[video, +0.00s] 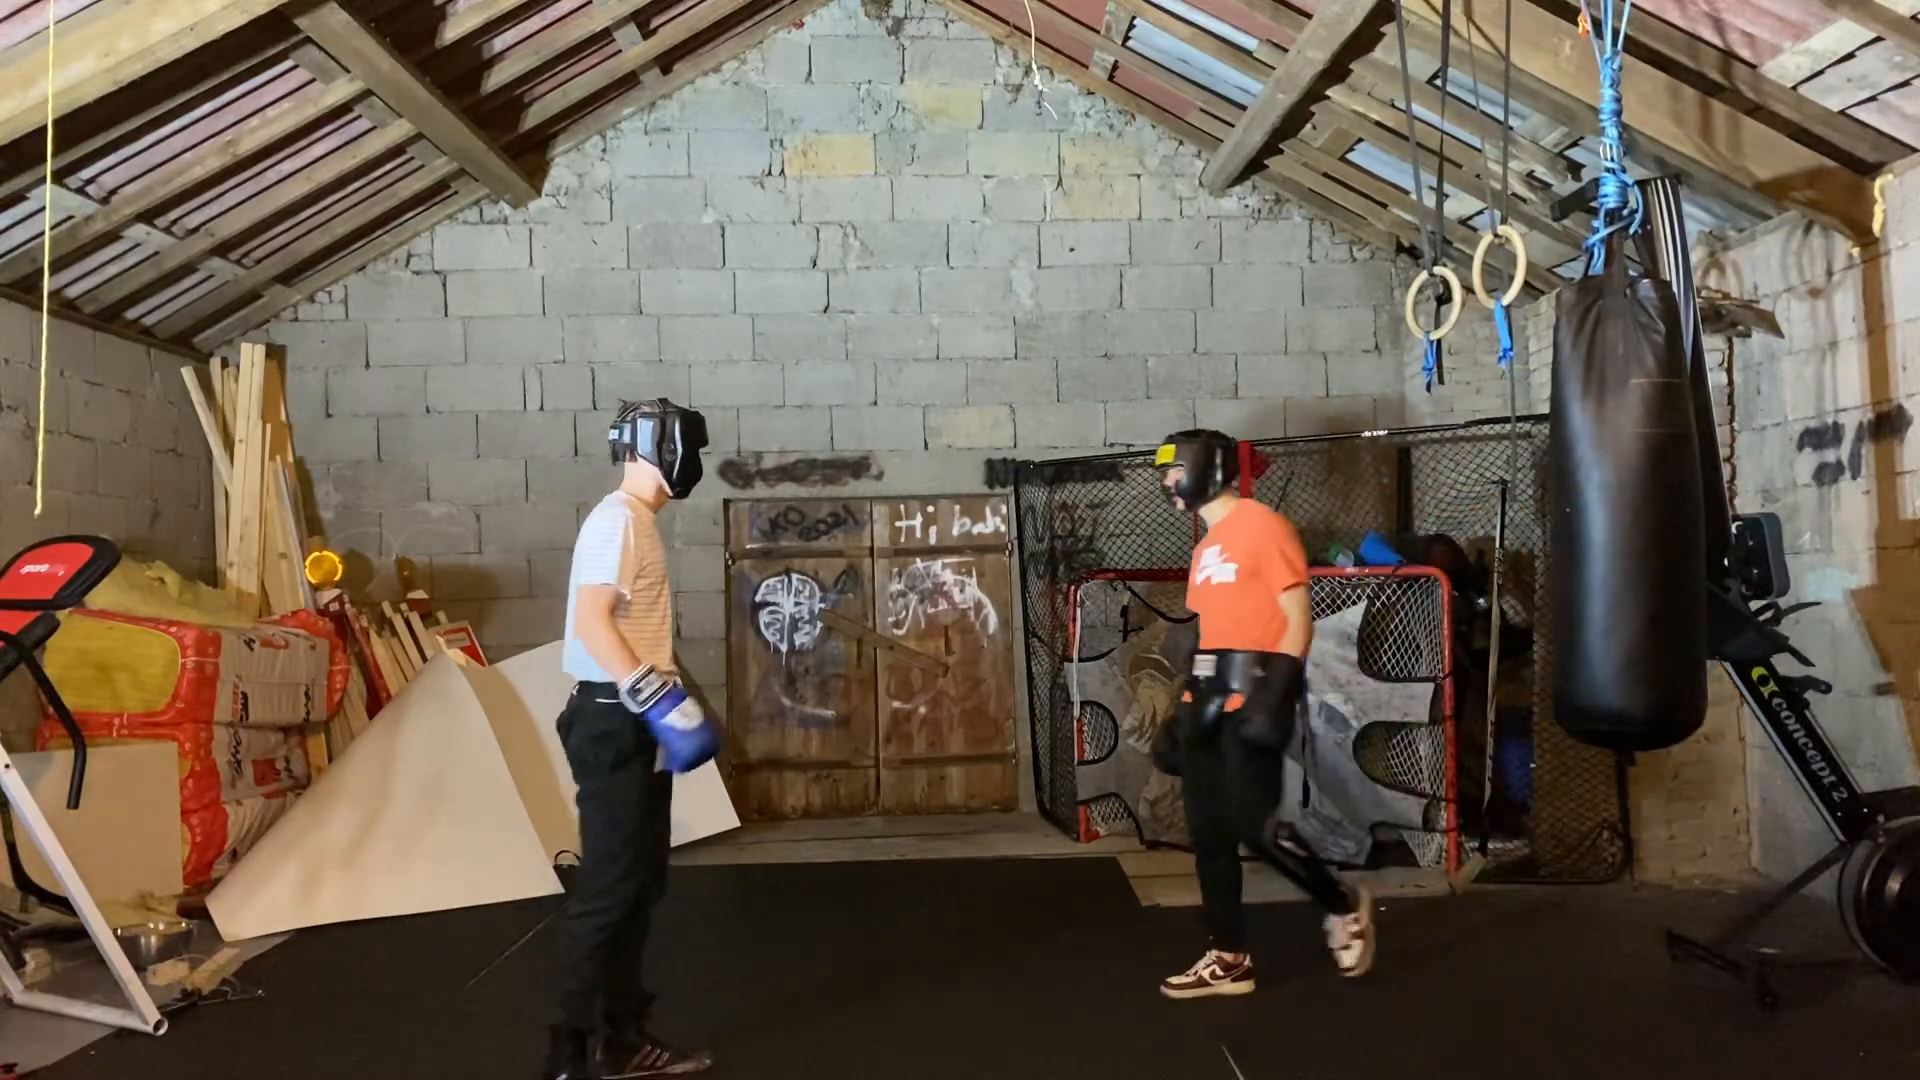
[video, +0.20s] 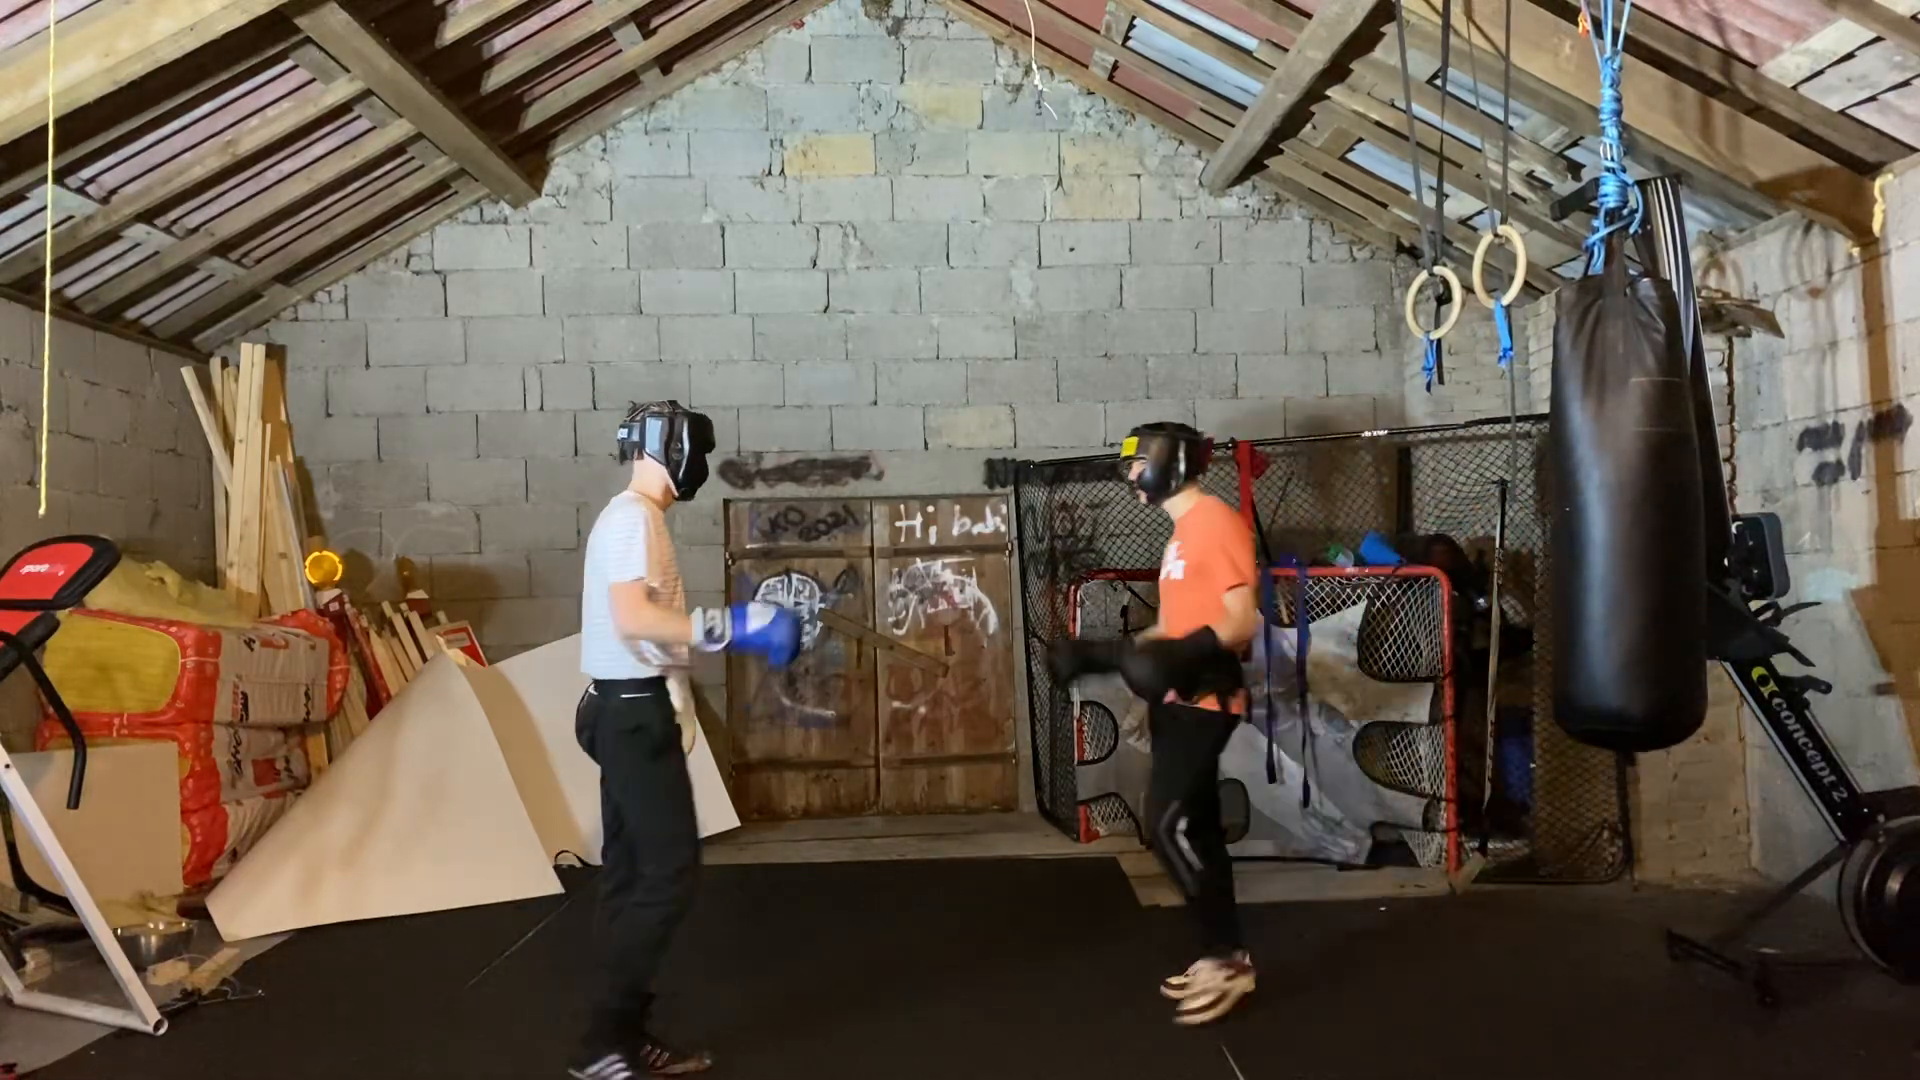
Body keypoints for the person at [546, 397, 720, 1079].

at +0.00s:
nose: (694, 466)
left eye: (693, 452)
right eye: (686, 452)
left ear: (643, 450)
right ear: (654, 450)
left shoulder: (637, 522)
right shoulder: (616, 520)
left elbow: (628, 622)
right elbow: (592, 617)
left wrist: (672, 702)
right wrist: (660, 698)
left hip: (635, 714)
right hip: (609, 715)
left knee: (640, 879)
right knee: (611, 883)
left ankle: (623, 1042)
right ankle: (571, 1055)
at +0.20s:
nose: (700, 468)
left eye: (699, 454)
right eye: (694, 453)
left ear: (646, 448)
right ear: (666, 449)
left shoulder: (643, 520)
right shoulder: (630, 519)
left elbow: (655, 627)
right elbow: (631, 618)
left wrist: (731, 633)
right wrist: (724, 624)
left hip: (632, 708)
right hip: (631, 713)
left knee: (630, 872)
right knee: (668, 871)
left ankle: (625, 1038)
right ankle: (607, 1048)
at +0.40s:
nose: (716, 477)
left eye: (716, 463)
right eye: (712, 462)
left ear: (662, 452)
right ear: (691, 455)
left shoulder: (638, 518)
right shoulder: (657, 519)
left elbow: (677, 610)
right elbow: (677, 609)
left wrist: (754, 592)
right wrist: (765, 582)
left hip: (628, 708)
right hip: (658, 711)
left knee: (641, 874)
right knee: (713, 868)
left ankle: (624, 1043)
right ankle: (710, 1045)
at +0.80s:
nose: (802, 488)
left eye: (803, 474)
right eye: (800, 473)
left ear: (747, 461)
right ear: (780, 467)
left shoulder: (715, 524)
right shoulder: (740, 528)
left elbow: (765, 602)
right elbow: (733, 624)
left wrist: (838, 578)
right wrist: (811, 609)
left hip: (701, 712)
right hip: (740, 715)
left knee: (688, 874)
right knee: (774, 867)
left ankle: (631, 1028)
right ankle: (793, 1017)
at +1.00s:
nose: (854, 499)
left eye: (855, 486)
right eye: (852, 486)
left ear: (801, 475)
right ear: (832, 485)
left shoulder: (774, 529)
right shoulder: (782, 543)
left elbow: (786, 612)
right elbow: (745, 633)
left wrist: (842, 594)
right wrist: (827, 644)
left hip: (761, 707)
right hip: (782, 713)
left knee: (784, 856)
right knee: (812, 860)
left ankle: (682, 978)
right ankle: (796, 1019)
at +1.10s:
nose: (868, 493)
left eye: (869, 480)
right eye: (866, 480)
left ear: (814, 469)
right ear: (847, 478)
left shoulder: (781, 523)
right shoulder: (804, 538)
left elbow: (804, 603)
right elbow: (775, 630)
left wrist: (857, 577)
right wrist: (855, 637)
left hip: (777, 699)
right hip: (800, 705)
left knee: (818, 844)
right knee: (827, 852)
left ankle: (735, 963)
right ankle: (795, 1019)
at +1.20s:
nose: (878, 483)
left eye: (877, 472)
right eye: (877, 472)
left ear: (823, 462)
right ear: (862, 472)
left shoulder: (794, 519)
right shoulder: (831, 531)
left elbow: (814, 597)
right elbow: (814, 619)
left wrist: (871, 559)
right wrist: (889, 619)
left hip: (794, 690)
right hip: (819, 697)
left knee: (850, 826)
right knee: (829, 843)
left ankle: (816, 984)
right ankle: (795, 1018)